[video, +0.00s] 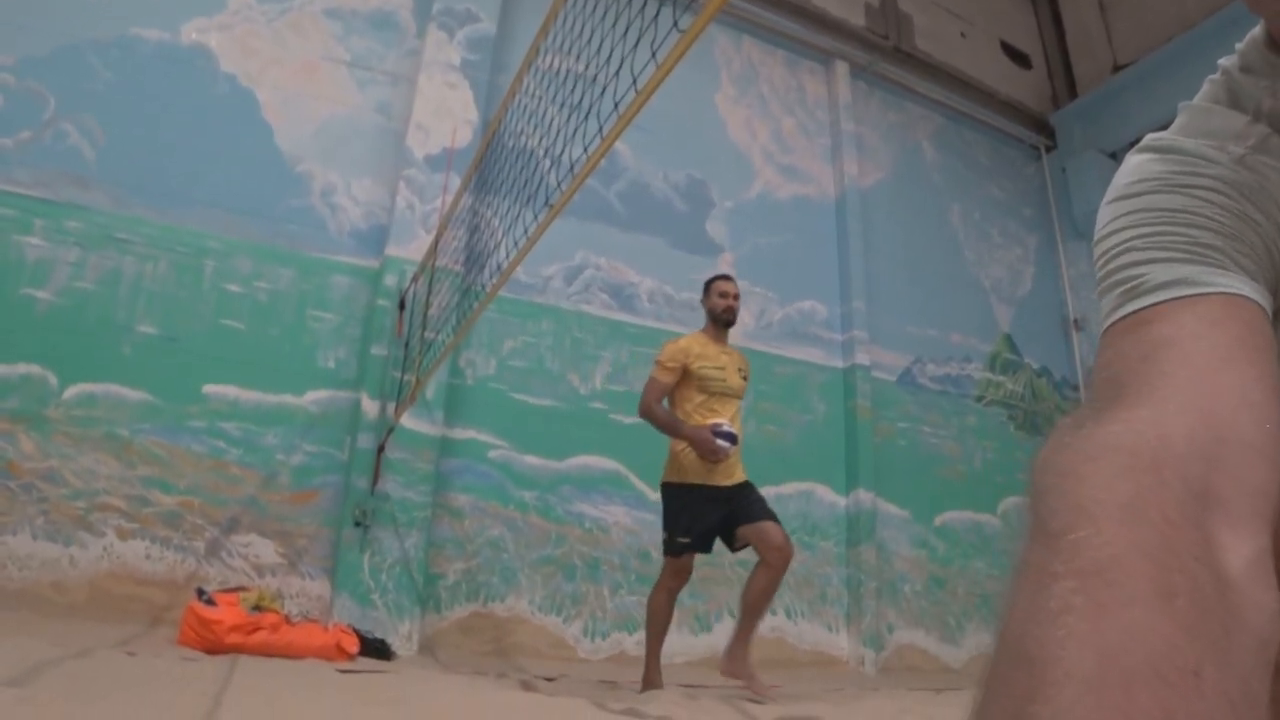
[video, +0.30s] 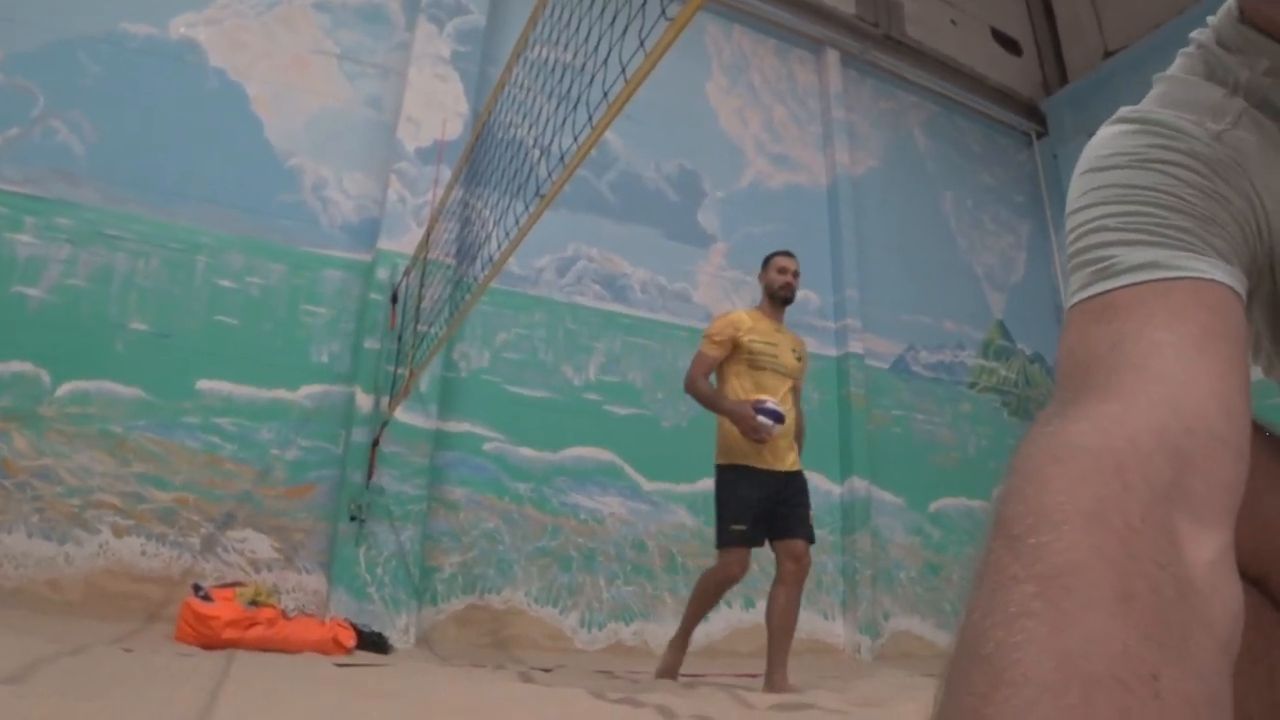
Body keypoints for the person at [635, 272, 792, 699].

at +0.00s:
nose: (730, 303)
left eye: (735, 298)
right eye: (722, 295)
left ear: (739, 307)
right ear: (704, 302)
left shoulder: (739, 362)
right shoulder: (681, 349)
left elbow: (724, 416)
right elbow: (649, 405)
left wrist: (728, 450)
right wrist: (692, 434)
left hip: (731, 483)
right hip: (687, 484)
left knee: (778, 552)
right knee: (674, 575)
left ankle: (737, 655)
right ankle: (652, 674)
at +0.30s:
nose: (789, 280)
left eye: (794, 275)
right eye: (781, 271)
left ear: (798, 286)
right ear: (761, 277)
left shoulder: (796, 346)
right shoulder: (733, 325)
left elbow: (793, 406)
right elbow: (694, 381)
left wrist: (794, 455)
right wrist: (734, 411)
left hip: (785, 468)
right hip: (740, 465)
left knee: (795, 560)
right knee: (732, 565)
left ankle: (776, 679)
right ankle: (678, 644)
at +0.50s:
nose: (817, 264)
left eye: (822, 259)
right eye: (809, 256)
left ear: (826, 270)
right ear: (788, 262)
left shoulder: (830, 331)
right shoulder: (758, 312)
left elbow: (853, 397)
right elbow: (718, 373)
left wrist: (878, 460)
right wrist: (753, 398)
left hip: (809, 454)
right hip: (766, 446)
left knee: (798, 557)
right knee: (802, 526)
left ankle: (776, 666)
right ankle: (759, 637)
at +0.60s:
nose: (828, 260)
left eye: (834, 254)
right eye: (819, 252)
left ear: (837, 264)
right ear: (798, 257)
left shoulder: (845, 326)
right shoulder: (768, 310)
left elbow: (877, 388)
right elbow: (730, 373)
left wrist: (916, 439)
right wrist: (760, 398)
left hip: (820, 454)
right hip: (779, 446)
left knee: (792, 571)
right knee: (829, 521)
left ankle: (774, 676)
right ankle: (813, 645)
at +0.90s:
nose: (860, 229)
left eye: (865, 222)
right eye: (849, 221)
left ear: (870, 229)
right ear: (826, 228)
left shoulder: (885, 292)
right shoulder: (800, 289)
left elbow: (913, 357)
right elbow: (765, 363)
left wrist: (937, 402)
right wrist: (804, 387)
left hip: (875, 437)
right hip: (824, 438)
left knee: (873, 547)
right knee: (848, 551)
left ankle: (820, 649)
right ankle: (827, 653)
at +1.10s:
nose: (888, 201)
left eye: (893, 194)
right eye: (878, 192)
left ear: (898, 203)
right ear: (852, 199)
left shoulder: (910, 269)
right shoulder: (826, 262)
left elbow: (922, 349)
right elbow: (790, 339)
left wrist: (936, 410)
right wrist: (846, 359)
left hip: (913, 425)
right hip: (858, 427)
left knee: (956, 533)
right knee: (868, 554)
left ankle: (892, 625)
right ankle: (856, 692)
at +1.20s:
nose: (911, 191)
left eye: (915, 183)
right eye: (900, 181)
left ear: (917, 195)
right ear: (871, 189)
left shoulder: (929, 264)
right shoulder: (841, 253)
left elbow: (927, 337)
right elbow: (808, 331)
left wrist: (927, 384)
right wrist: (868, 349)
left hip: (935, 420)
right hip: (873, 427)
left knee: (1009, 502)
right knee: (871, 553)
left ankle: (949, 645)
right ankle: (858, 693)